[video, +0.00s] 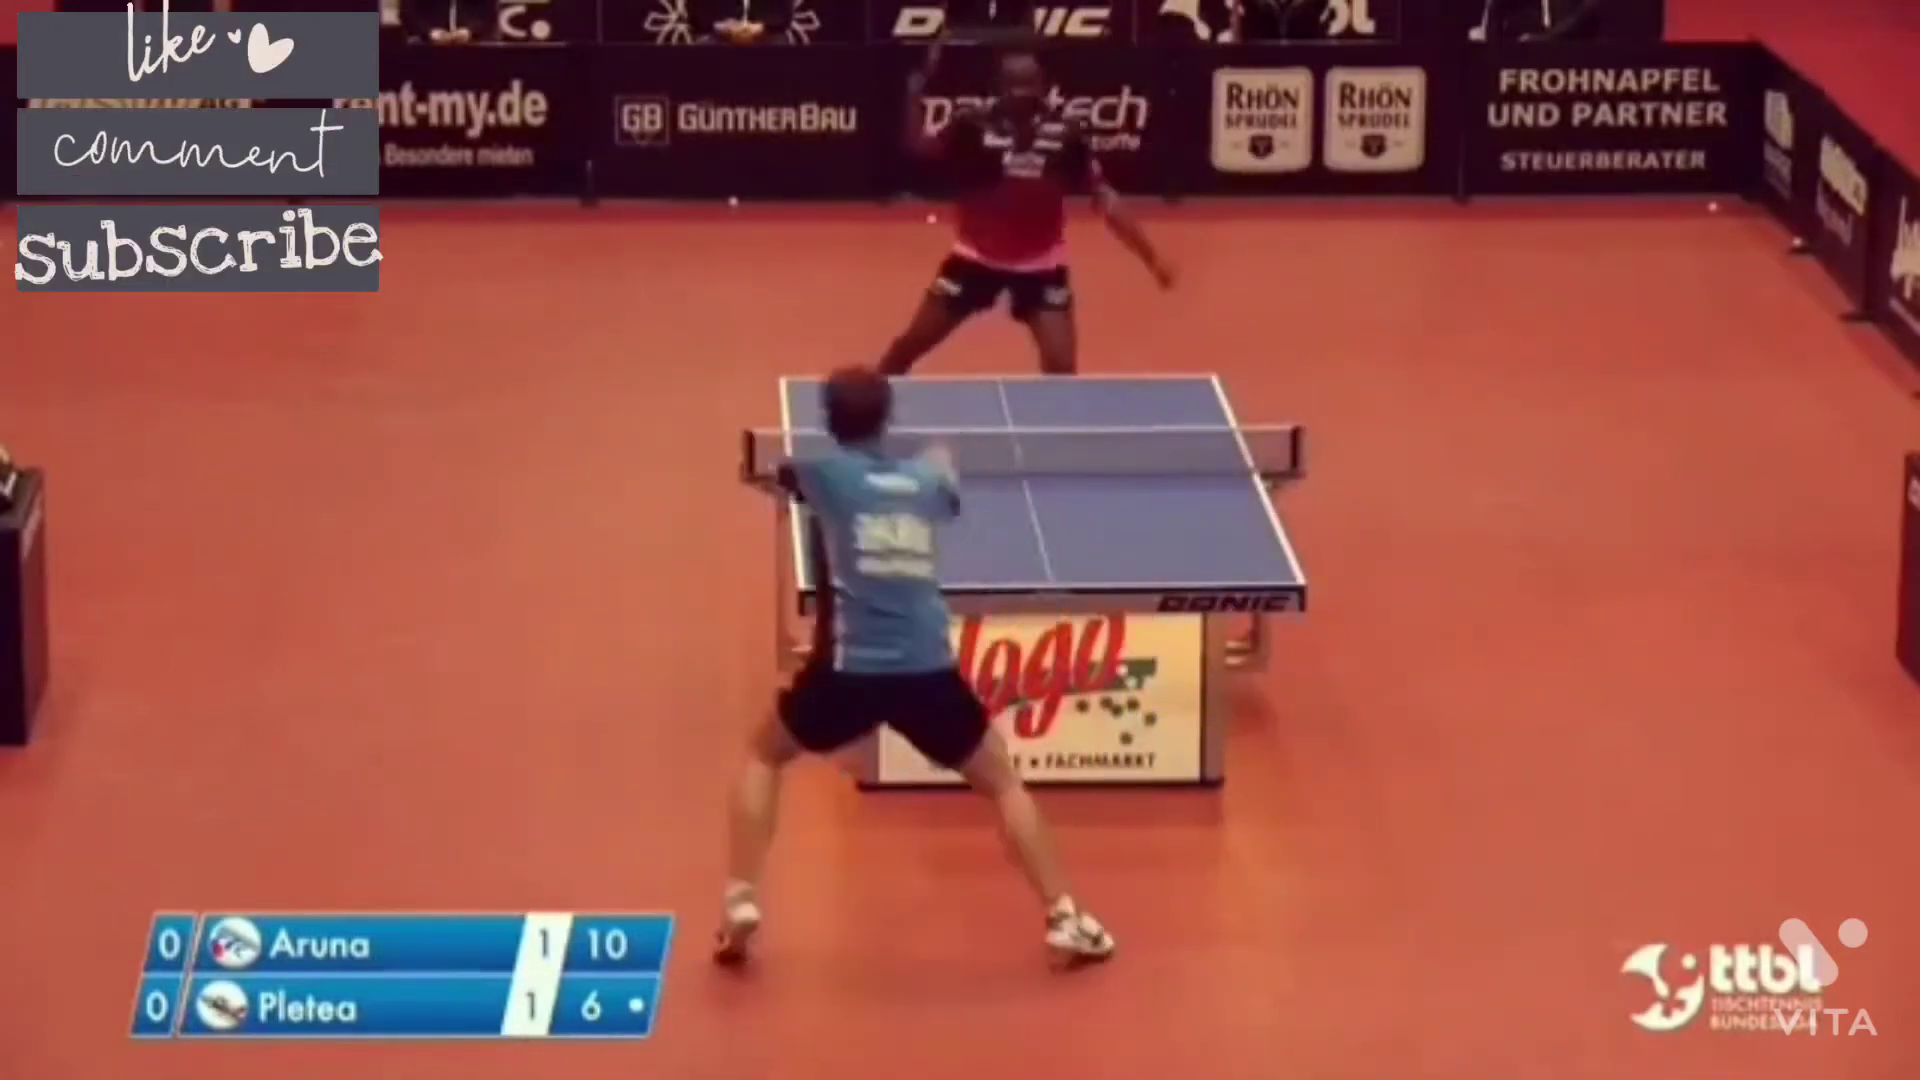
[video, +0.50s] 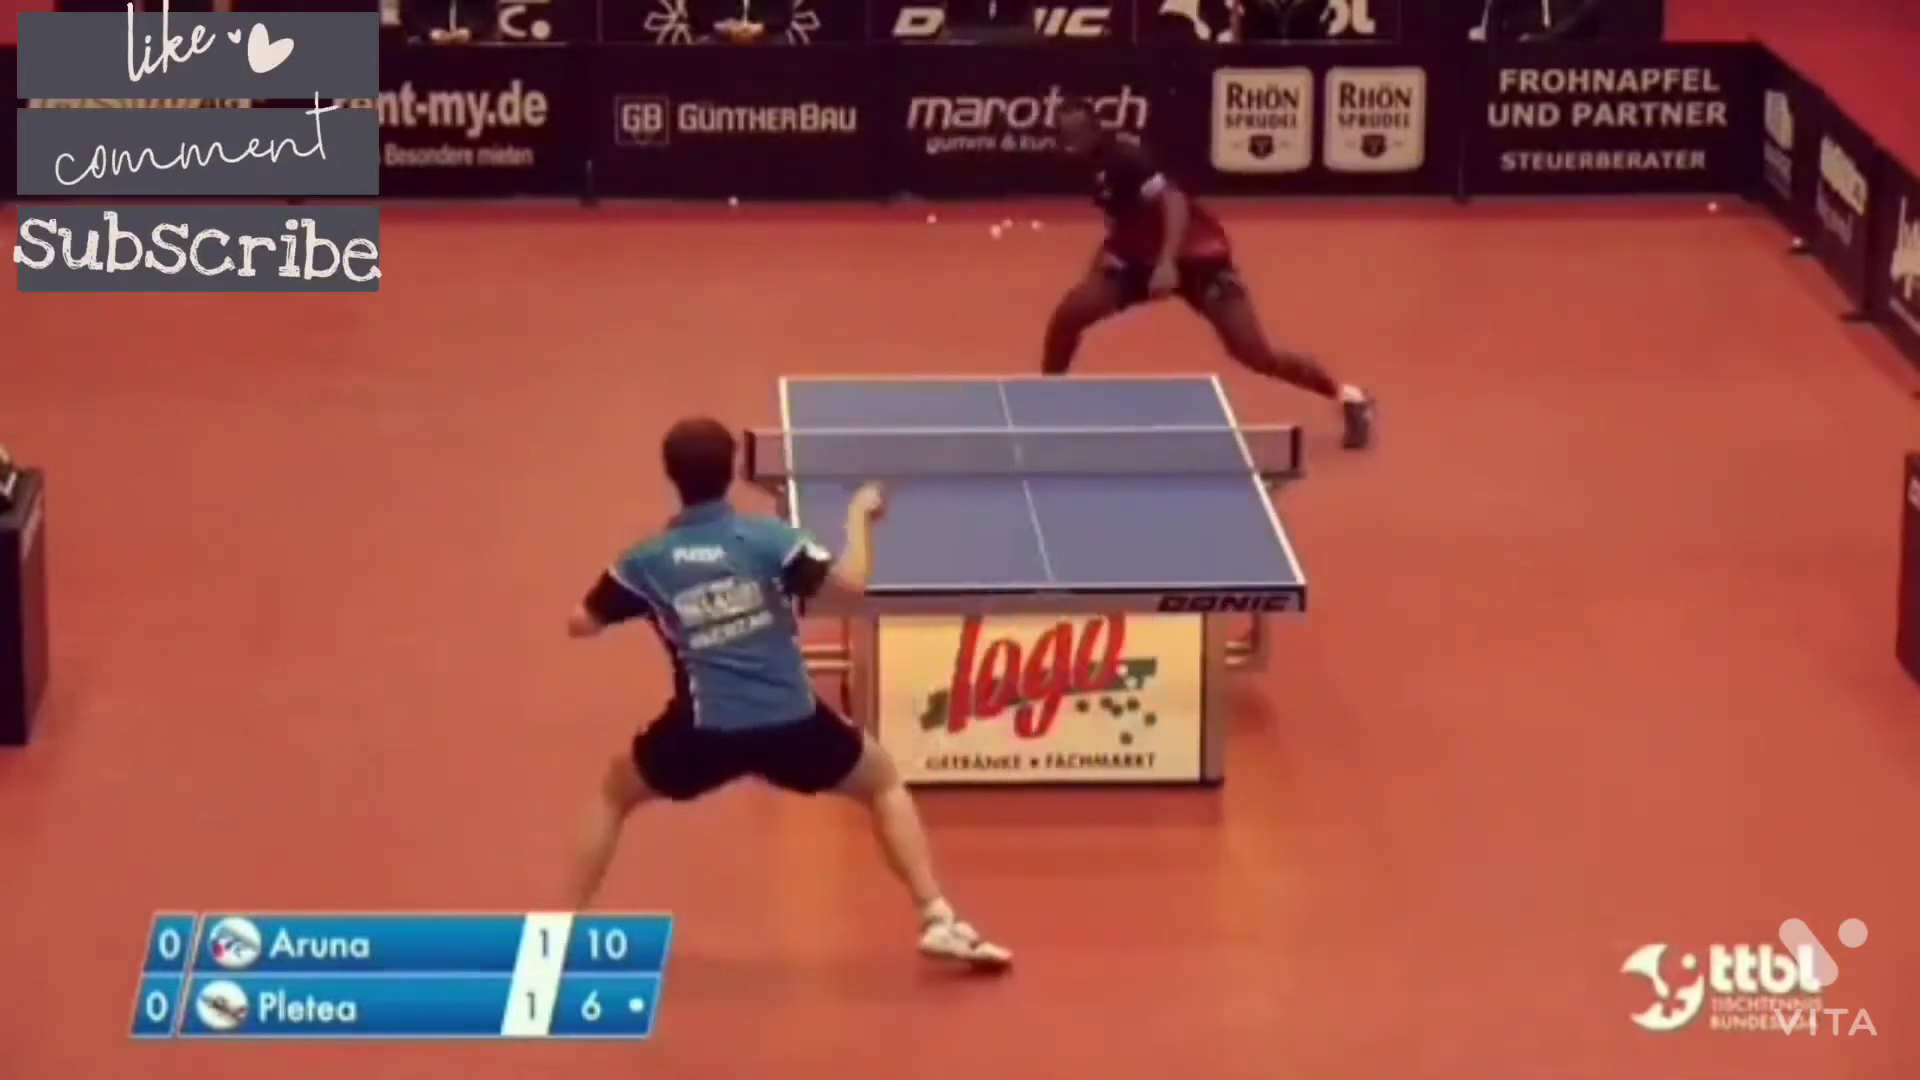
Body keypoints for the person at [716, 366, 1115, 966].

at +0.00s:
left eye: (835, 412)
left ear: (831, 421)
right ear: (886, 419)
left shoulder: (824, 474)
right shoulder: (925, 475)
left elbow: (773, 476)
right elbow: (950, 505)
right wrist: (938, 465)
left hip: (848, 675)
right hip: (929, 676)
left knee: (765, 757)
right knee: (1003, 784)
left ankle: (742, 898)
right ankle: (1065, 915)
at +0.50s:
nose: (723, 465)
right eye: (726, 458)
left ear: (671, 476)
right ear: (732, 470)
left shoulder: (649, 559)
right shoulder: (768, 536)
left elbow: (583, 622)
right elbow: (851, 587)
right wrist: (860, 517)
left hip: (703, 733)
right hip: (791, 727)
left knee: (615, 793)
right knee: (883, 786)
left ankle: (565, 928)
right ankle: (939, 919)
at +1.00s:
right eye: (937, 521)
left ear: (885, 528)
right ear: (942, 535)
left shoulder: (842, 583)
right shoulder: (962, 610)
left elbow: (788, 620)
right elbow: (989, 696)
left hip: (836, 780)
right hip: (926, 787)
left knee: (749, 826)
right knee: (1030, 850)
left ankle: (692, 957)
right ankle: (1085, 992)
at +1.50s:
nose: (627, 439)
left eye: (627, 430)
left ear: (629, 442)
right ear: (686, 429)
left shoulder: (637, 512)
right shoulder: (734, 482)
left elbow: (582, 584)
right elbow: (814, 455)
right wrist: (852, 375)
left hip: (687, 705)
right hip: (765, 694)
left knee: (639, 845)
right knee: (828, 829)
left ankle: (627, 990)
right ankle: (898, 956)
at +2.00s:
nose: (739, 474)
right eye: (736, 467)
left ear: (671, 471)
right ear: (731, 479)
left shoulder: (620, 517)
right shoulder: (732, 569)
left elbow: (555, 547)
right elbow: (759, 664)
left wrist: (611, 567)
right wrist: (802, 641)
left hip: (564, 712)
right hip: (642, 730)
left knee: (524, 801)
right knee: (756, 824)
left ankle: (478, 928)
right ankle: (731, 977)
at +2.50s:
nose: (592, 590)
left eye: (591, 580)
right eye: (589, 581)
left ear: (541, 579)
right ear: (570, 591)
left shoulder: (546, 621)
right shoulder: (497, 643)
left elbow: (556, 658)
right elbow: (431, 714)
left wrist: (594, 659)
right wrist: (412, 795)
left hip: (466, 776)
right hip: (493, 791)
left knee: (422, 840)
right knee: (624, 831)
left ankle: (341, 896)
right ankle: (694, 978)